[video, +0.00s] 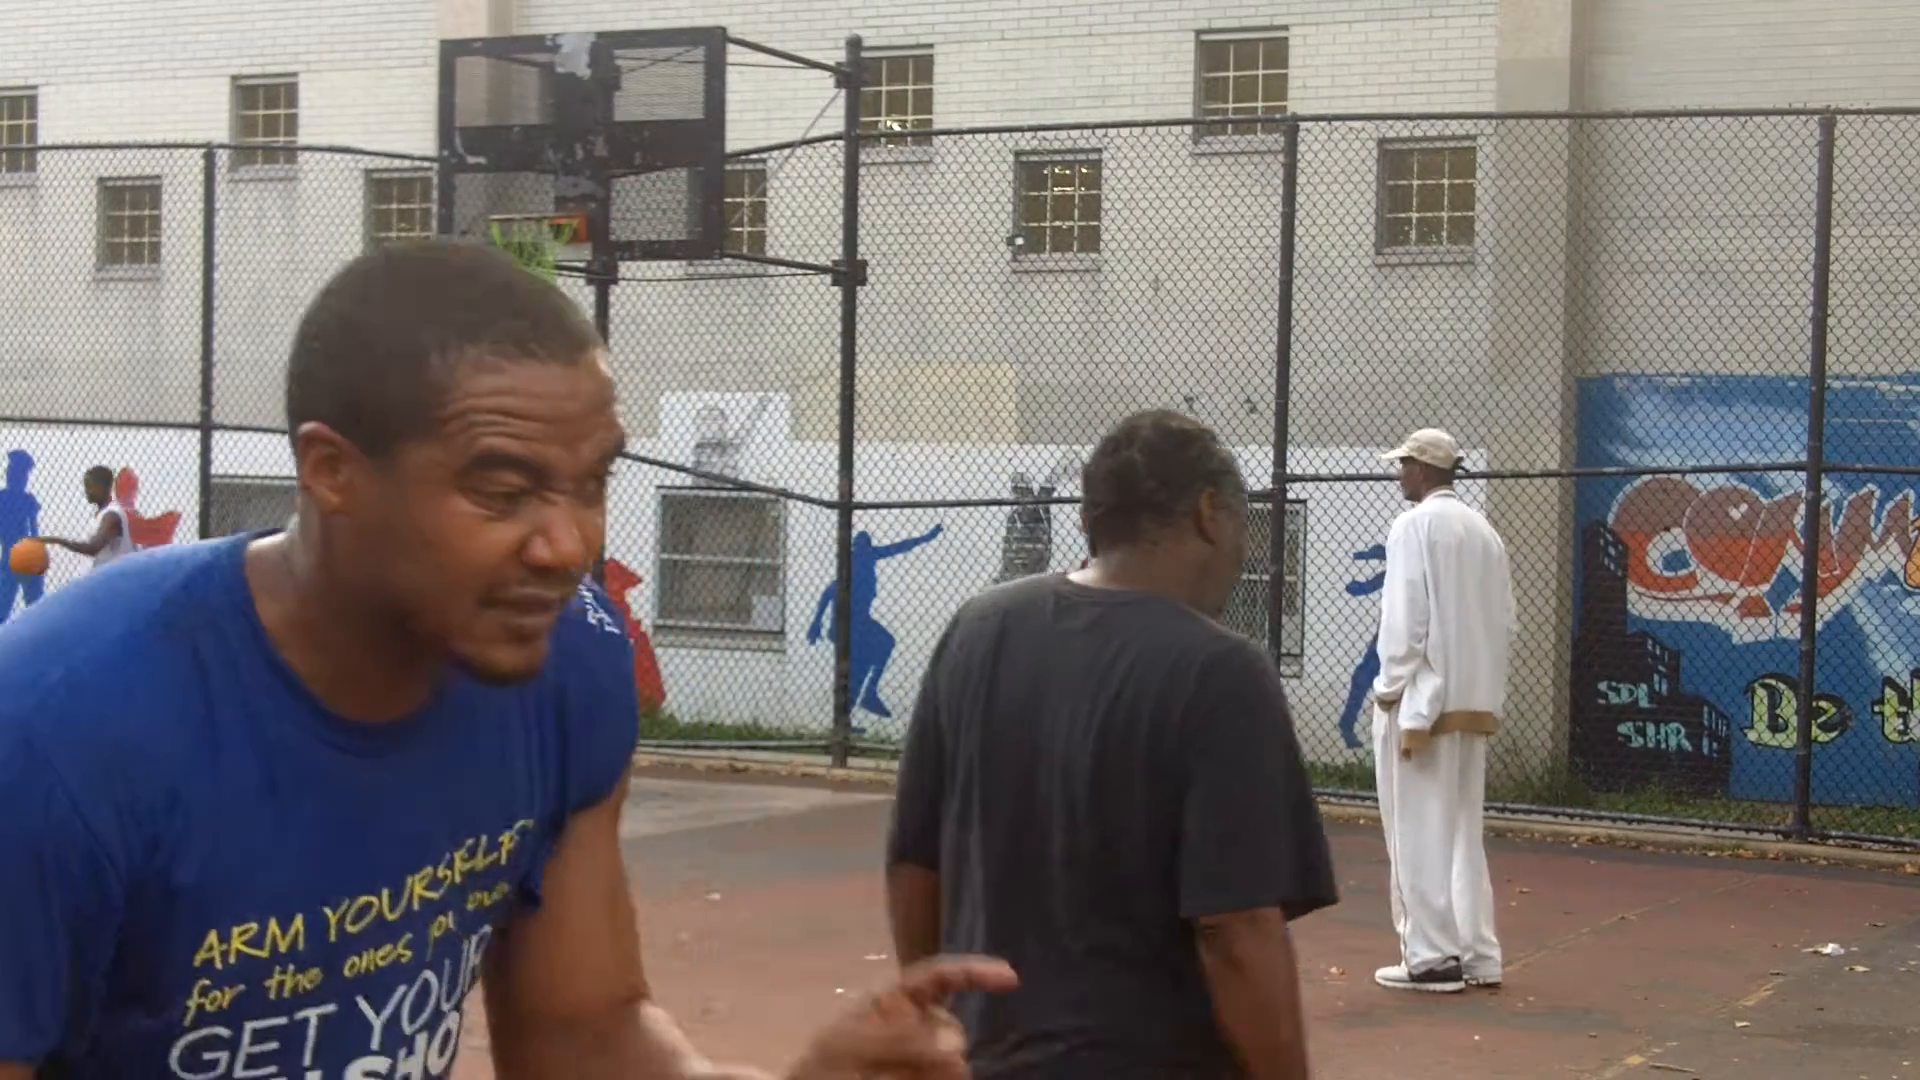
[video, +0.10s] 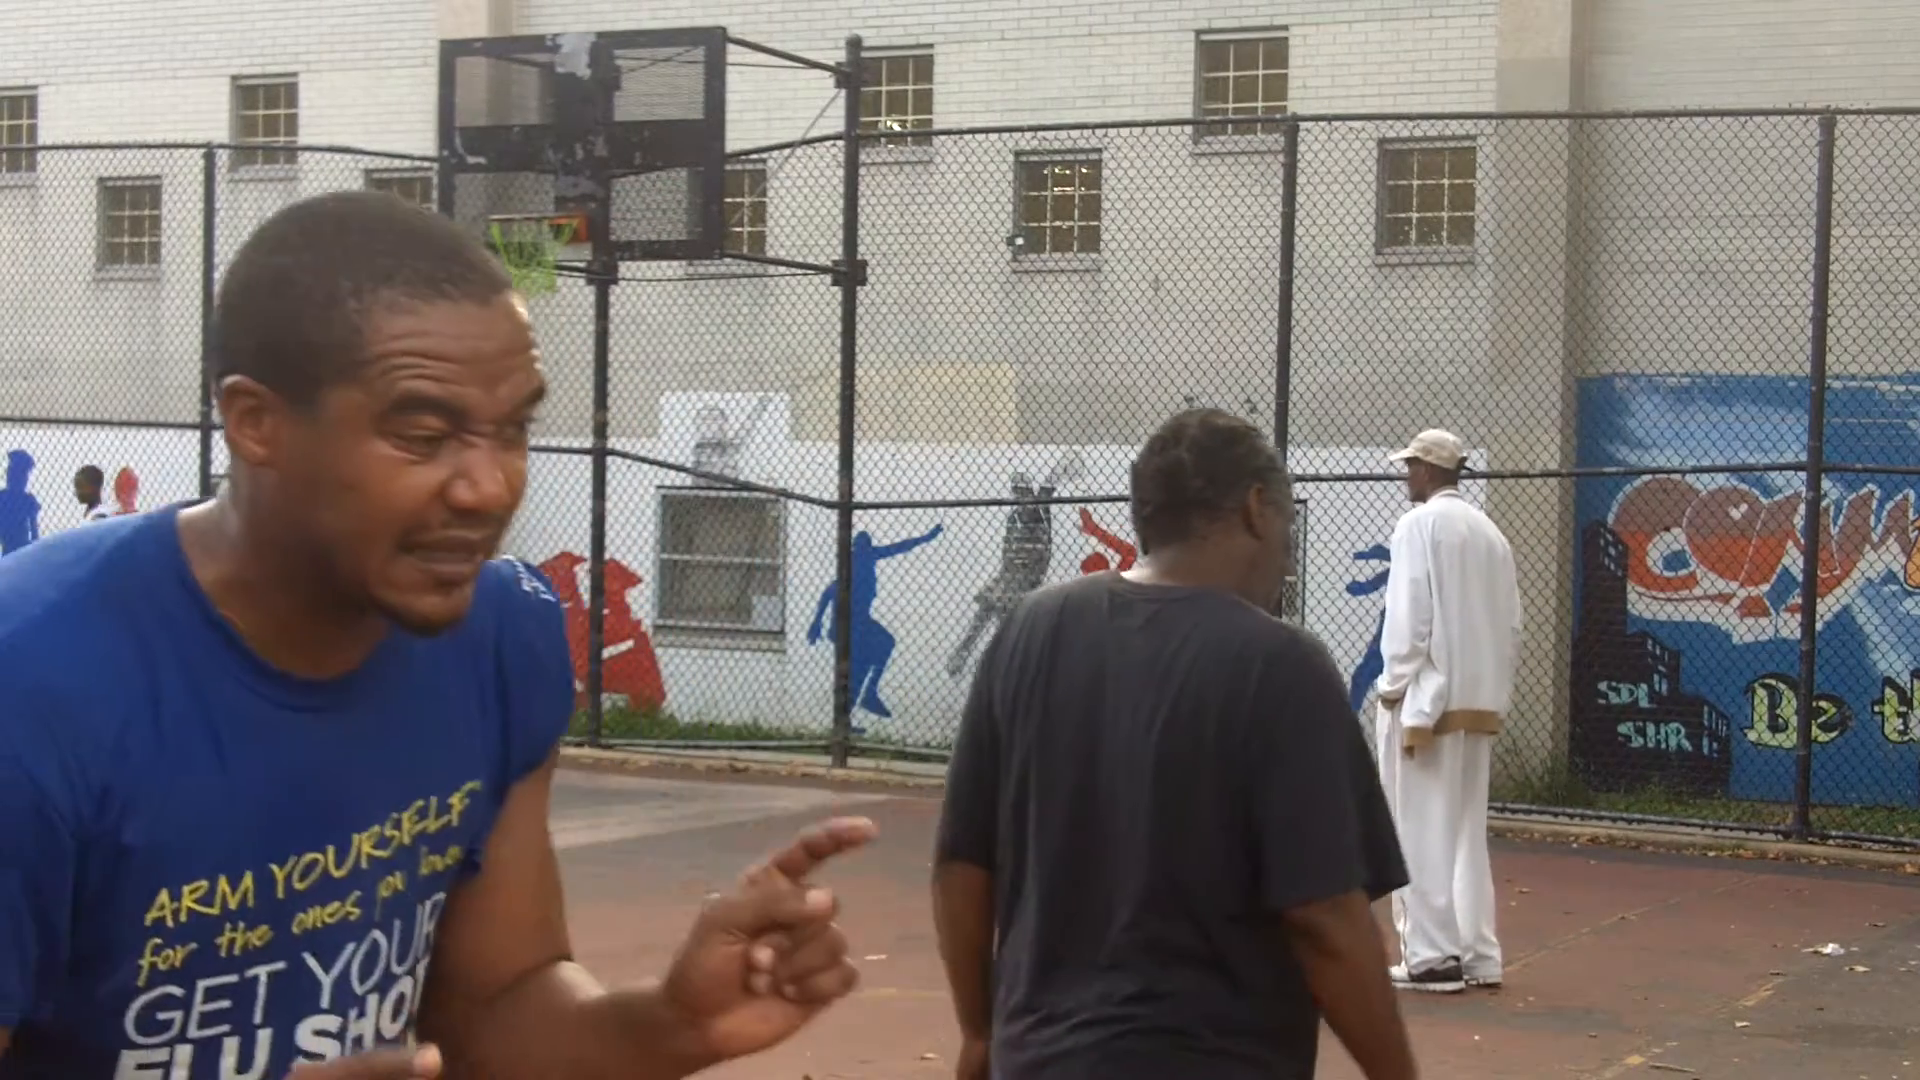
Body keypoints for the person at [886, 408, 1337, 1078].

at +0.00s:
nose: (1243, 553)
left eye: (1244, 527)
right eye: (1241, 524)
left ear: (1094, 524)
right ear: (1208, 515)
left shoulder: (976, 629)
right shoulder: (1216, 670)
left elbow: (914, 869)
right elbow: (1234, 926)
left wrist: (936, 1037)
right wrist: (1283, 1067)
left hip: (991, 1049)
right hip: (1160, 1054)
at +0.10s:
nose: (1290, 552)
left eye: (1293, 523)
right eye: (1290, 521)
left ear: (1148, 521)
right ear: (1254, 508)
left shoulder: (1030, 629)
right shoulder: (1278, 661)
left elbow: (961, 868)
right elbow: (1320, 913)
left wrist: (978, 1031)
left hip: (1036, 1049)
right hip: (1221, 1055)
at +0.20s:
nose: (1336, 556)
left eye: (1335, 531)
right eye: (1333, 528)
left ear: (1201, 524)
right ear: (1301, 516)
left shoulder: (1081, 635)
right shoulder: (1333, 665)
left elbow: (1013, 866)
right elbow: (1396, 915)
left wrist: (1016, 1037)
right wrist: (1491, 1067)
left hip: (1090, 1047)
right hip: (1269, 1053)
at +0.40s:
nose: (1416, 567)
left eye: (1416, 542)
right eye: (1413, 540)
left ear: (1285, 544)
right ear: (1383, 532)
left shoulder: (1179, 654)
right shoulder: (1417, 668)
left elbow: (1112, 874)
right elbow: (1479, 899)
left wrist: (1092, 1046)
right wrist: (1574, 1061)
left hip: (1186, 1048)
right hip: (1354, 1051)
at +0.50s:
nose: (1457, 554)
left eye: (1455, 531)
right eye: (1453, 529)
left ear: (1326, 541)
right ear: (1425, 522)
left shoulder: (1228, 646)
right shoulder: (1457, 655)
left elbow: (1169, 870)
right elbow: (1504, 881)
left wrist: (1155, 1036)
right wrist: (1580, 1062)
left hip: (1229, 1047)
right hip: (1406, 1054)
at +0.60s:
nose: (1504, 547)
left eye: (1504, 524)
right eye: (1501, 522)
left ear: (1373, 531)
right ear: (1472, 515)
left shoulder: (1273, 636)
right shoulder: (1494, 647)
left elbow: (1223, 865)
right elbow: (1524, 871)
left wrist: (1237, 1025)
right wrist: (1589, 1060)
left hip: (1273, 1045)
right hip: (1447, 1052)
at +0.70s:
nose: (1557, 550)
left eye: (1557, 529)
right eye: (1554, 526)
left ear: (1425, 529)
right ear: (1520, 517)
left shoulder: (1319, 633)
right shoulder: (1535, 650)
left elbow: (1275, 848)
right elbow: (1548, 872)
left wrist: (1309, 994)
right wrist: (1604, 1060)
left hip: (1316, 1042)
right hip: (1482, 1050)